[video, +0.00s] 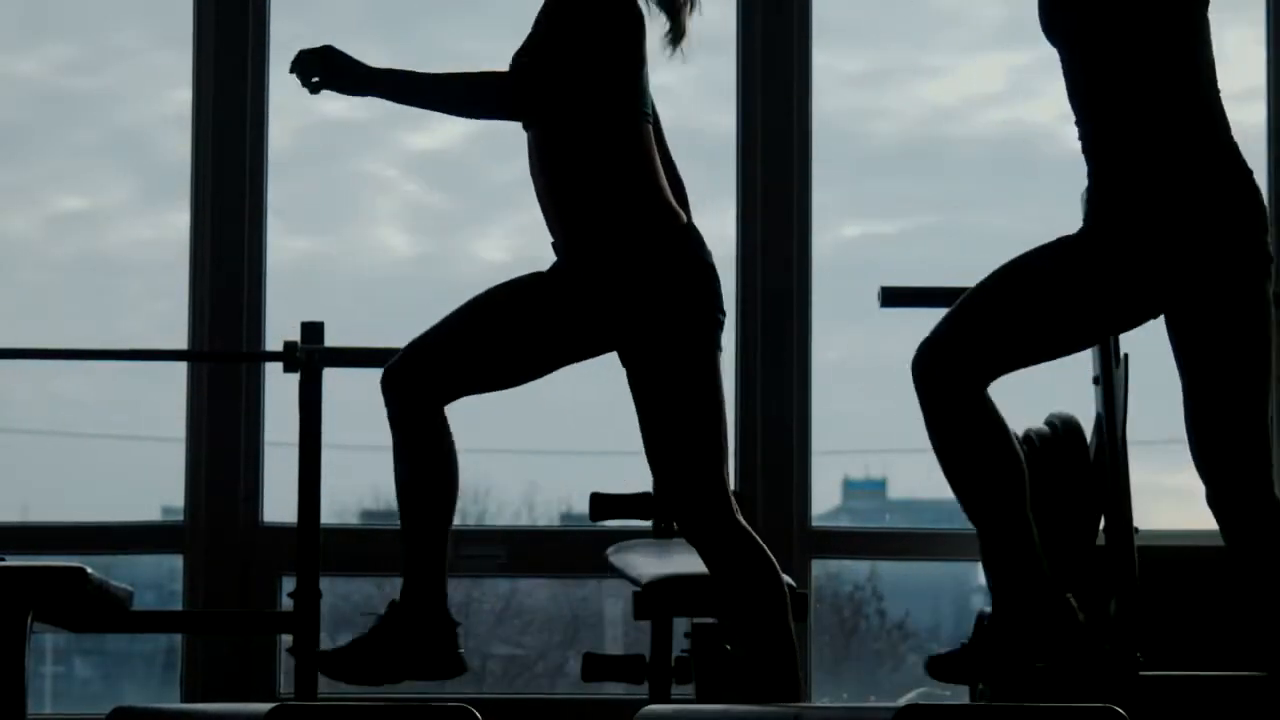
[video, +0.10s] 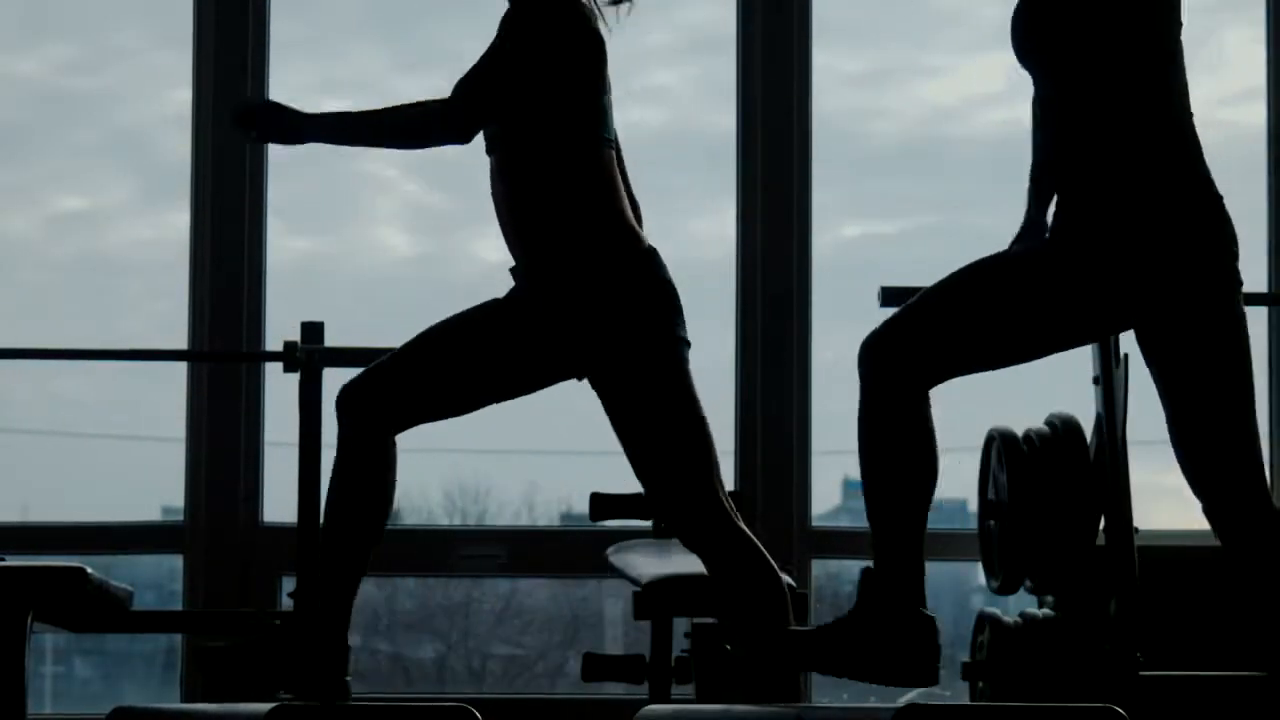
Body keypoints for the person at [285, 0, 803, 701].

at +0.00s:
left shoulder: (593, 12)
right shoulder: (579, 15)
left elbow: (521, 96)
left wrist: (369, 80)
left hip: (655, 280)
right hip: (595, 276)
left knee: (701, 506)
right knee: (414, 382)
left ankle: (782, 693)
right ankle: (422, 623)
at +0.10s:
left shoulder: (547, 26)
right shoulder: (538, 28)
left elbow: (452, 121)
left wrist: (300, 126)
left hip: (614, 303)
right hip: (553, 303)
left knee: (696, 509)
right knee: (367, 406)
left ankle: (783, 694)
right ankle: (316, 649)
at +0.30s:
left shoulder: (456, 11)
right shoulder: (477, 8)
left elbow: (426, 170)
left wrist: (287, 244)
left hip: (475, 264)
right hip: (518, 264)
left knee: (293, 416)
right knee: (518, 484)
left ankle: (302, 653)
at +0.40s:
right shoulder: (382, 6)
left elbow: (532, 101)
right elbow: (307, 103)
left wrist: (553, 226)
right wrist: (170, 127)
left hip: (501, 223)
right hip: (432, 223)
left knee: (388, 371)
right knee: (309, 410)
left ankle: (544, 573)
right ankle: (304, 646)